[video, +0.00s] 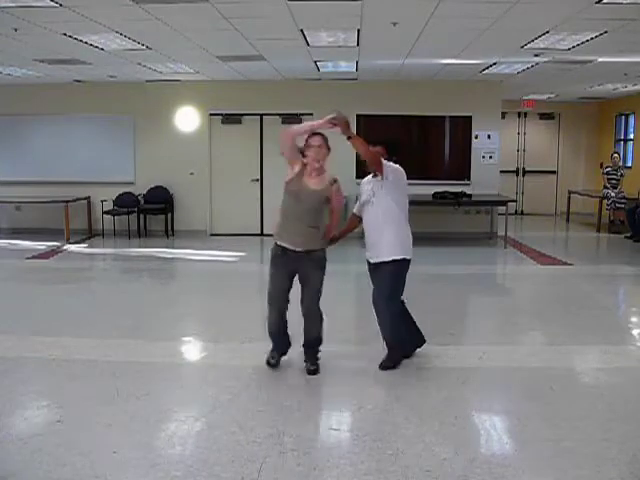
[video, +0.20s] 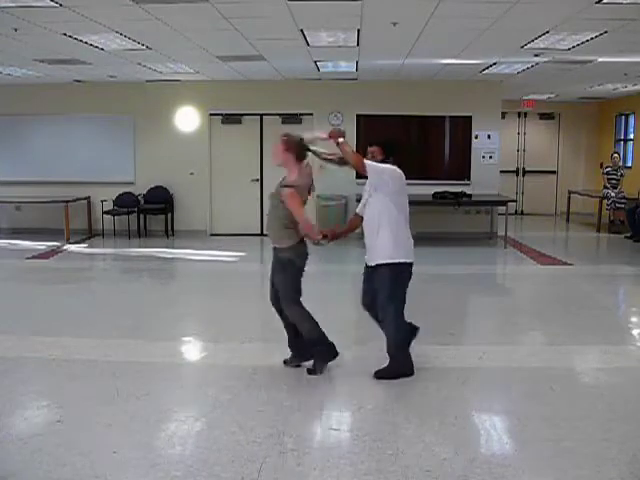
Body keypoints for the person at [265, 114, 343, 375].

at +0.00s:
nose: (315, 153)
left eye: (320, 149)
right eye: (312, 148)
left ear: (327, 154)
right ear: (305, 152)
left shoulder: (331, 185)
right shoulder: (295, 168)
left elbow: (334, 223)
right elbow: (287, 135)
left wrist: (325, 239)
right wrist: (319, 123)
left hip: (312, 254)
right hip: (282, 251)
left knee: (310, 307)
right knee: (275, 304)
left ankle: (311, 353)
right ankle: (279, 344)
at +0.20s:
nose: (273, 152)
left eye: (277, 148)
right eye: (276, 148)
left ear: (288, 154)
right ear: (294, 153)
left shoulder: (290, 190)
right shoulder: (303, 170)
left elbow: (304, 223)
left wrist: (316, 236)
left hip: (290, 252)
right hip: (285, 248)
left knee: (289, 303)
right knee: (278, 300)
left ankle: (323, 349)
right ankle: (300, 349)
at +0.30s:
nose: (267, 156)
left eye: (267, 153)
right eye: (271, 153)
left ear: (270, 155)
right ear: (289, 152)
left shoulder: (267, 187)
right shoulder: (302, 172)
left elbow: (274, 223)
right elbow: (322, 172)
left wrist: (296, 236)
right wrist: (327, 154)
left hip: (277, 251)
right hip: (297, 249)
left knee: (276, 304)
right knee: (290, 300)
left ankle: (309, 348)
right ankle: (302, 351)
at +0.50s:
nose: (279, 152)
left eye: (278, 148)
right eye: (277, 149)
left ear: (257, 153)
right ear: (269, 152)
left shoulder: (244, 180)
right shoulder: (272, 179)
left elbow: (242, 219)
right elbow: (298, 203)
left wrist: (266, 232)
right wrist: (316, 183)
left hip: (263, 247)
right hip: (288, 247)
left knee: (273, 299)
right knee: (296, 304)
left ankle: (266, 352)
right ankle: (301, 358)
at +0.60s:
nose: (277, 150)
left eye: (275, 146)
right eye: (272, 147)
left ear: (257, 153)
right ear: (260, 152)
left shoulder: (247, 179)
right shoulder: (259, 179)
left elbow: (242, 214)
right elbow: (270, 213)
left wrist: (254, 229)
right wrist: (299, 201)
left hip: (259, 249)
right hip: (275, 250)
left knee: (275, 300)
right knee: (291, 305)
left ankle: (256, 348)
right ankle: (291, 357)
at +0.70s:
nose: (272, 152)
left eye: (271, 148)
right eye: (267, 149)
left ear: (258, 155)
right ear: (253, 155)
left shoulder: (261, 180)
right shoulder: (247, 183)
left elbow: (262, 214)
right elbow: (245, 220)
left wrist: (284, 219)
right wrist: (277, 223)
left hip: (262, 250)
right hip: (257, 253)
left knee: (271, 302)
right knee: (283, 302)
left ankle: (254, 351)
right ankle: (279, 356)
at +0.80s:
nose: (267, 152)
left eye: (266, 148)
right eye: (261, 149)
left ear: (263, 154)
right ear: (248, 155)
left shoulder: (262, 181)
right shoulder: (238, 183)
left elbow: (262, 211)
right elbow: (231, 222)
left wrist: (277, 216)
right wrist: (256, 224)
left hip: (259, 250)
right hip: (246, 252)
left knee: (268, 303)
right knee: (271, 303)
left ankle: (255, 350)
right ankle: (249, 352)